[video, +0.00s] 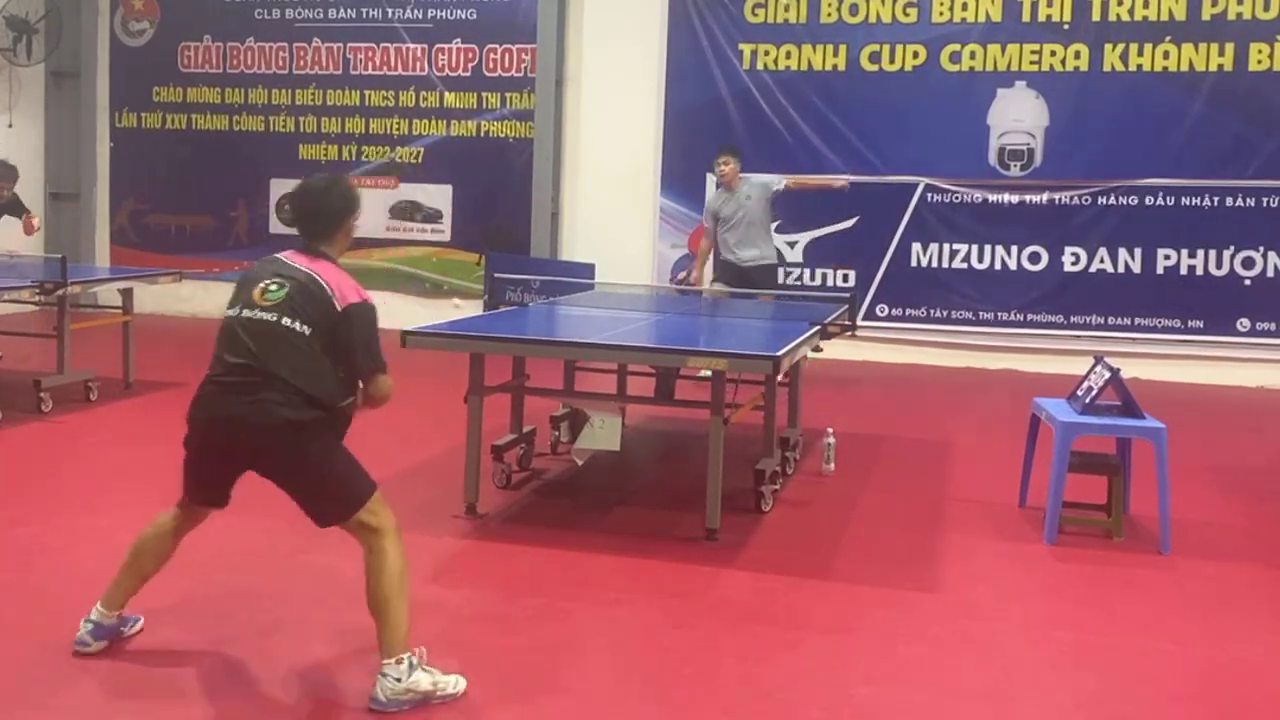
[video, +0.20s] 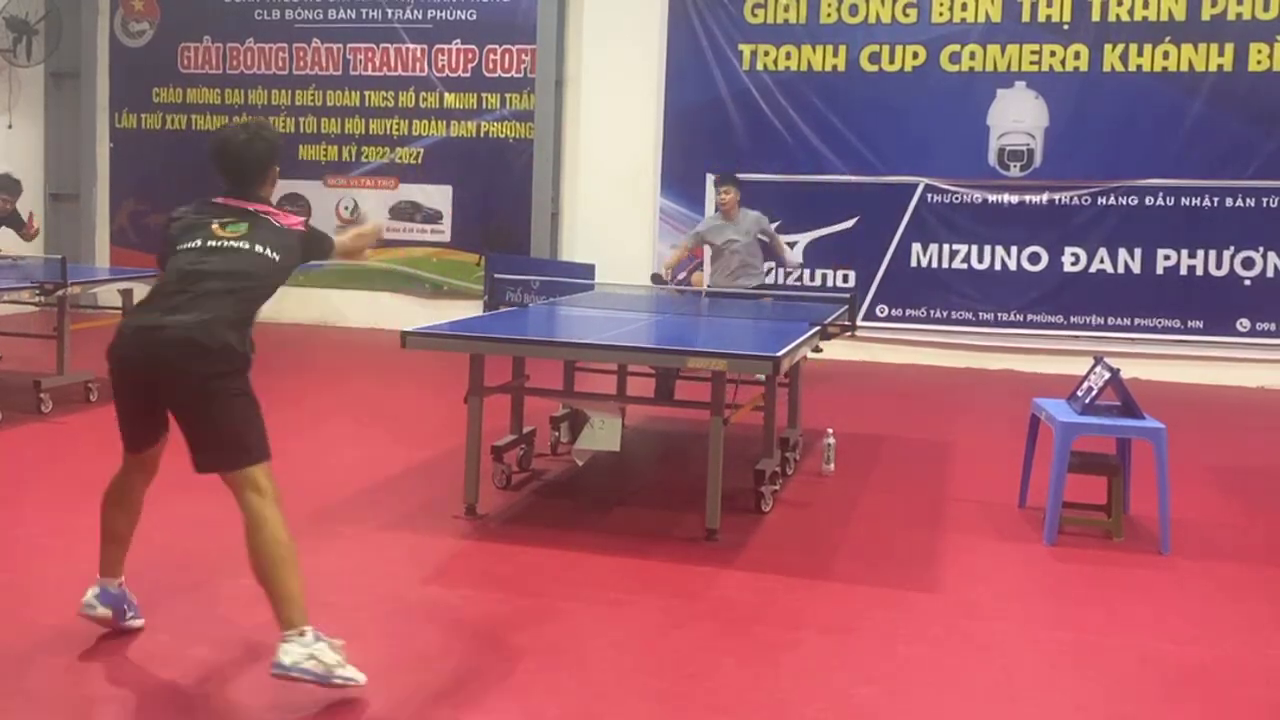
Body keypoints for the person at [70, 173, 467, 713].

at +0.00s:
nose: (358, 227)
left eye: (357, 218)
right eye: (356, 219)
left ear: (298, 221)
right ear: (346, 227)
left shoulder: (260, 270)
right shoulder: (347, 294)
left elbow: (253, 347)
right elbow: (379, 390)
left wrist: (334, 380)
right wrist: (348, 392)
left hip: (215, 417)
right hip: (291, 428)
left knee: (185, 513)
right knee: (380, 529)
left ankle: (100, 619)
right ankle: (397, 669)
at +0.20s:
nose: (279, 177)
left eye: (276, 170)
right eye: (278, 170)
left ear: (221, 175)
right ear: (271, 177)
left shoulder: (183, 218)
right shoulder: (288, 230)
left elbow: (174, 272)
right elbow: (342, 246)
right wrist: (371, 231)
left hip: (133, 348)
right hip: (206, 355)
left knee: (139, 459)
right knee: (256, 492)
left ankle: (107, 589)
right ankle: (298, 638)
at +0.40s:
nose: (248, 203)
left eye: (245, 195)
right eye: (247, 196)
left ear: (190, 196)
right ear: (237, 202)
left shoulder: (142, 227)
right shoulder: (242, 258)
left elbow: (42, 258)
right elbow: (321, 270)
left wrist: (58, 240)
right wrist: (347, 225)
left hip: (78, 357)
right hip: (147, 366)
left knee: (72, 487)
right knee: (196, 512)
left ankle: (39, 613)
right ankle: (233, 654)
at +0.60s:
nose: (231, 193)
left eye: (230, 183)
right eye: (229, 183)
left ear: (170, 185)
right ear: (216, 187)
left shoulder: (116, 227)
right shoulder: (211, 251)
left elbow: (51, 299)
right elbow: (271, 332)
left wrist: (101, 323)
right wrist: (327, 329)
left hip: (56, 379)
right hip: (120, 385)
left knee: (86, 485)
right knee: (212, 495)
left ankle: (39, 612)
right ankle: (224, 640)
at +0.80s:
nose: (250, 191)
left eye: (251, 181)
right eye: (249, 181)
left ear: (193, 180)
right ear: (232, 183)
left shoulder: (151, 224)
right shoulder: (201, 251)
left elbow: (145, 315)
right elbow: (192, 356)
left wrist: (223, 339)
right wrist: (268, 392)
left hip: (65, 380)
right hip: (119, 392)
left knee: (100, 481)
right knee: (215, 503)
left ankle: (20, 588)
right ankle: (194, 654)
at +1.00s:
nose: (262, 222)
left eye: (263, 211)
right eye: (259, 210)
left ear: (222, 212)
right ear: (232, 213)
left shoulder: (212, 265)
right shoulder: (149, 279)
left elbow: (232, 347)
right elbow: (83, 363)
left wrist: (297, 360)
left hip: (119, 397)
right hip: (80, 397)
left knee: (110, 490)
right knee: (179, 504)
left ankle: (10, 568)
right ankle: (153, 661)